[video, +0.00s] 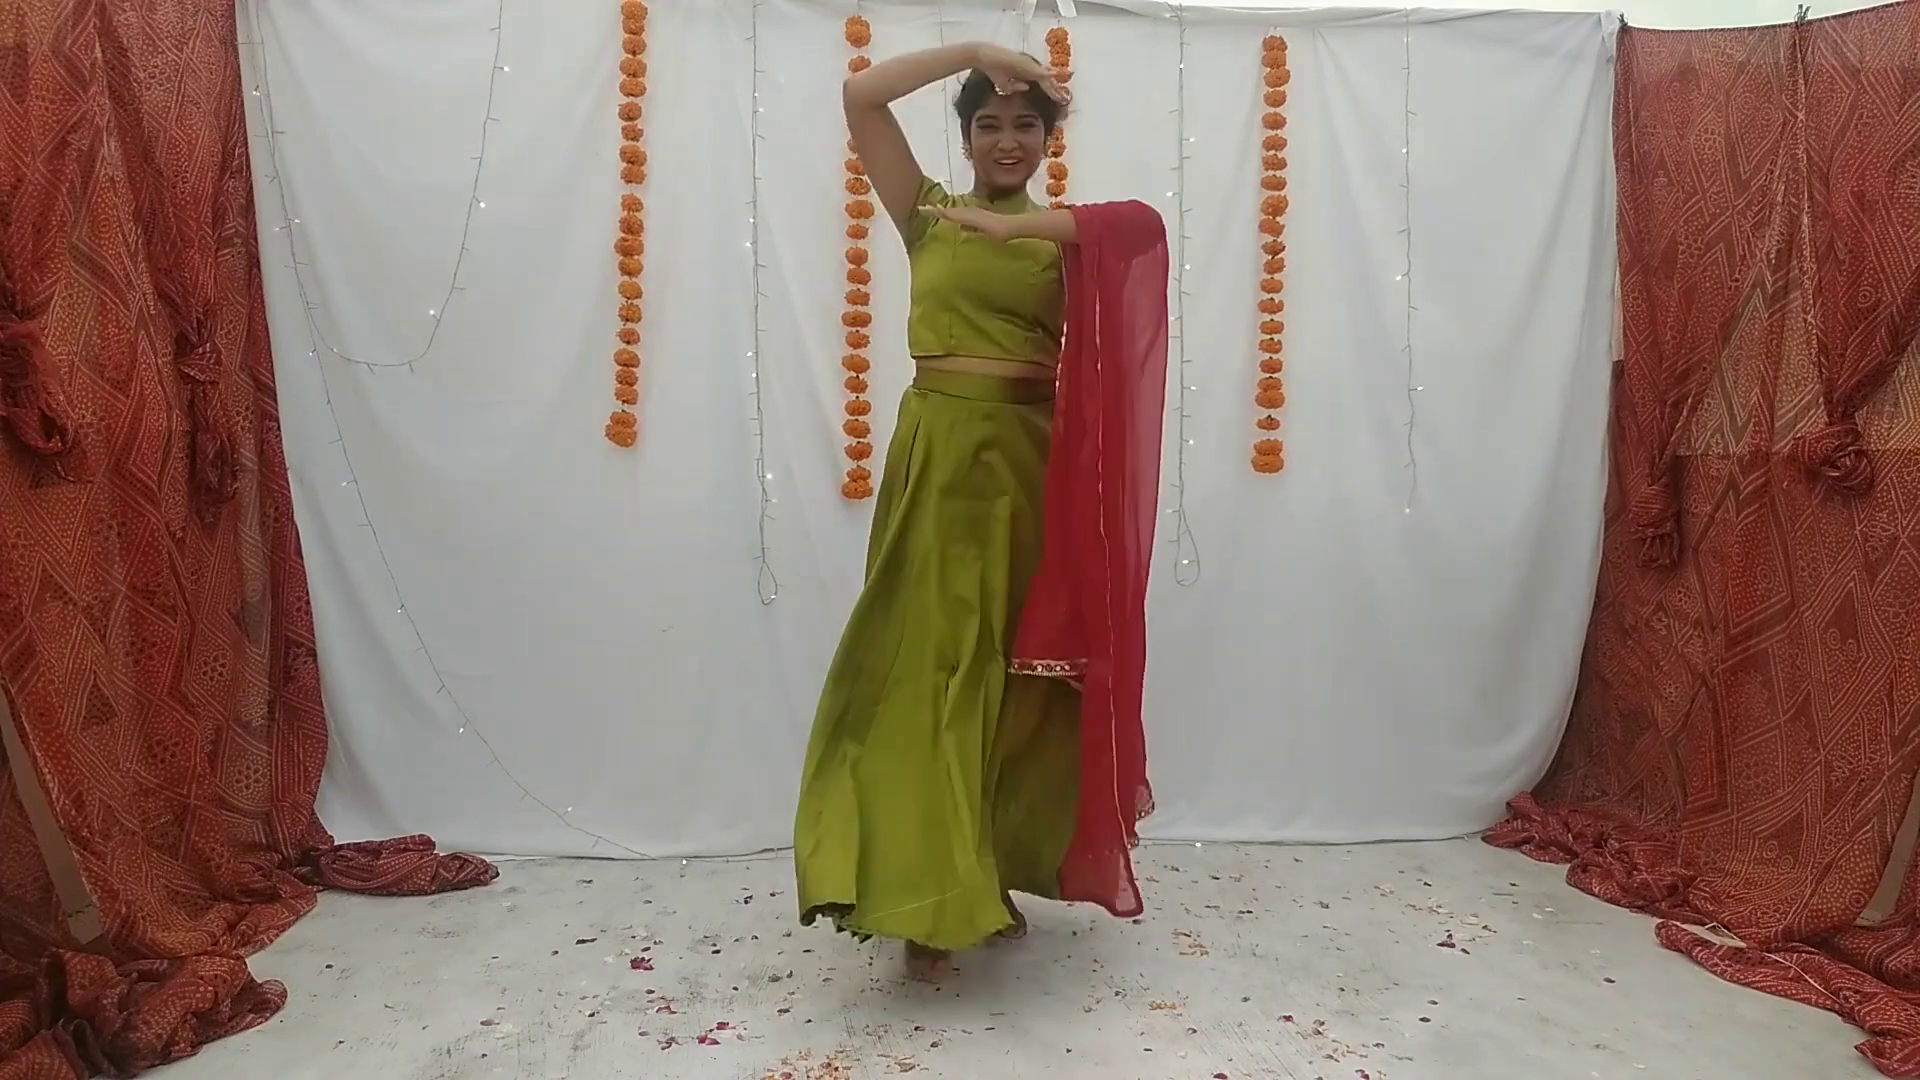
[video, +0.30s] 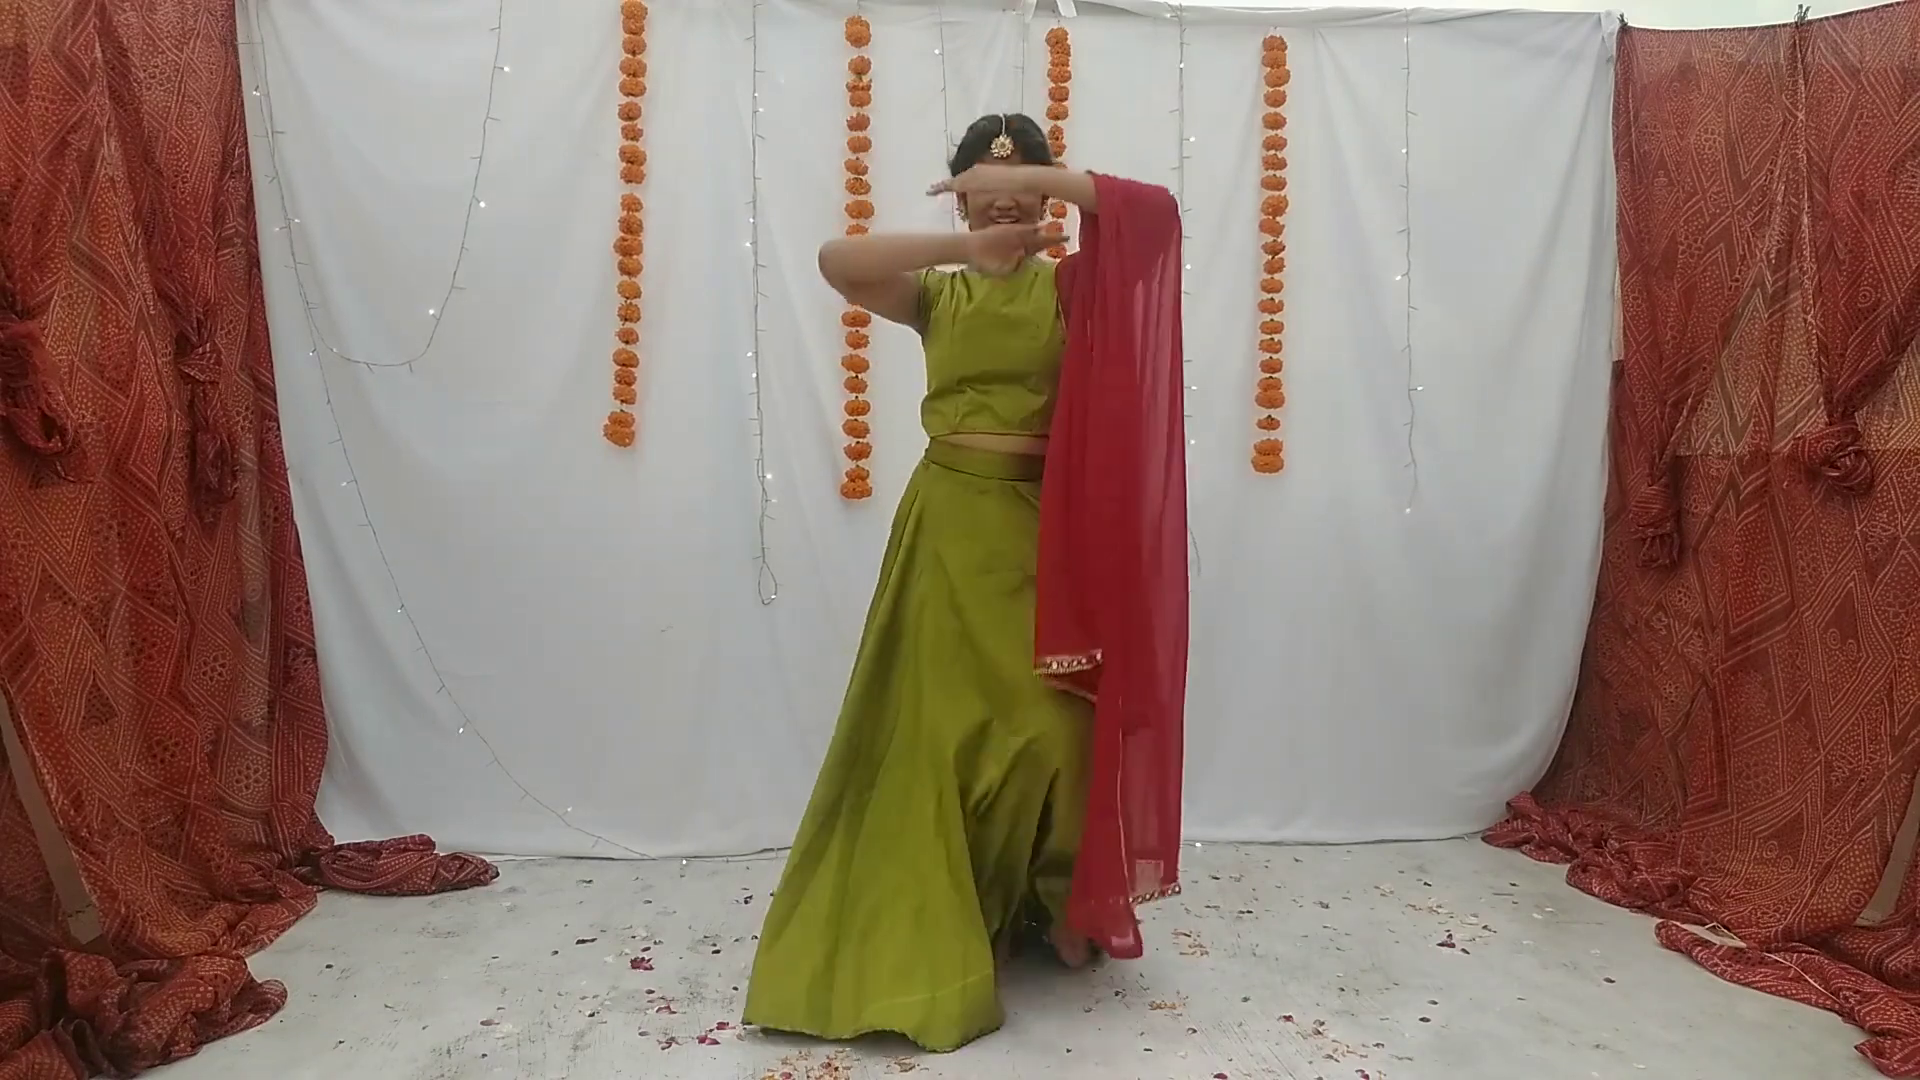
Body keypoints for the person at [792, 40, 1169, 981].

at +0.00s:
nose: (1009, 139)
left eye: (1026, 125)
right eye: (992, 124)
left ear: (1047, 142)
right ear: (966, 135)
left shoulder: (1062, 240)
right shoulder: (929, 216)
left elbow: (1144, 223)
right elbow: (863, 96)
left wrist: (1005, 224)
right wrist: (973, 50)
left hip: (1029, 451)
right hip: (937, 443)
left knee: (1010, 667)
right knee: (935, 662)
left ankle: (981, 871)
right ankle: (928, 900)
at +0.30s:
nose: (1013, 218)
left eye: (1023, 201)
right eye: (993, 202)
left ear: (1049, 205)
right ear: (966, 206)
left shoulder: (1085, 287)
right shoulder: (942, 291)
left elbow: (1157, 216)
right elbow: (841, 259)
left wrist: (1037, 179)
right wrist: (966, 243)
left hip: (1058, 515)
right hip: (956, 508)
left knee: (1062, 728)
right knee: (944, 722)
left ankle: (1064, 904)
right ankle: (928, 945)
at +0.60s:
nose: (1034, 112)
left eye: (1053, 95)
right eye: (1017, 94)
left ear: (1077, 109)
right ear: (988, 105)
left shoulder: (1111, 199)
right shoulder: (956, 201)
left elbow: (1174, 72)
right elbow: (847, 162)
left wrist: (1101, 6)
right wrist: (965, 178)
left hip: (1085, 450)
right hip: (976, 447)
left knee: (1077, 683)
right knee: (975, 681)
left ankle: (1078, 929)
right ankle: (976, 927)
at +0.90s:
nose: (1006, 127)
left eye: (1022, 112)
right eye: (987, 114)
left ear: (1052, 130)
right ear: (960, 139)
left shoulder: (1096, 234)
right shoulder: (941, 252)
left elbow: (1193, 309)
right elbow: (845, 369)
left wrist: (1108, 223)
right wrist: (904, 265)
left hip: (1086, 495)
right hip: (972, 492)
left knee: (1085, 732)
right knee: (969, 730)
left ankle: (1086, 984)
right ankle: (965, 975)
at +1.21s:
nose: (994, 130)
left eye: (1011, 116)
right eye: (975, 119)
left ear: (1042, 141)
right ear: (950, 149)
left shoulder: (1080, 256)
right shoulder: (938, 253)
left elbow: (1179, 350)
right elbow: (809, 348)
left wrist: (1272, 309)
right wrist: (660, 374)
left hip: (1051, 501)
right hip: (959, 491)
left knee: (1055, 733)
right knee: (961, 733)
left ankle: (1053, 978)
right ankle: (954, 978)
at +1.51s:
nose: (1085, 132)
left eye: (1083, 116)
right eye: (1065, 120)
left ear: (1014, 156)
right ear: (1014, 148)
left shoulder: (971, 239)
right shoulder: (1052, 238)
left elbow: (887, 322)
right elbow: (1171, 254)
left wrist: (802, 358)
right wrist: (1289, 237)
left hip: (939, 480)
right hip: (1006, 488)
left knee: (947, 712)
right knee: (1005, 716)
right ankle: (963, 959)